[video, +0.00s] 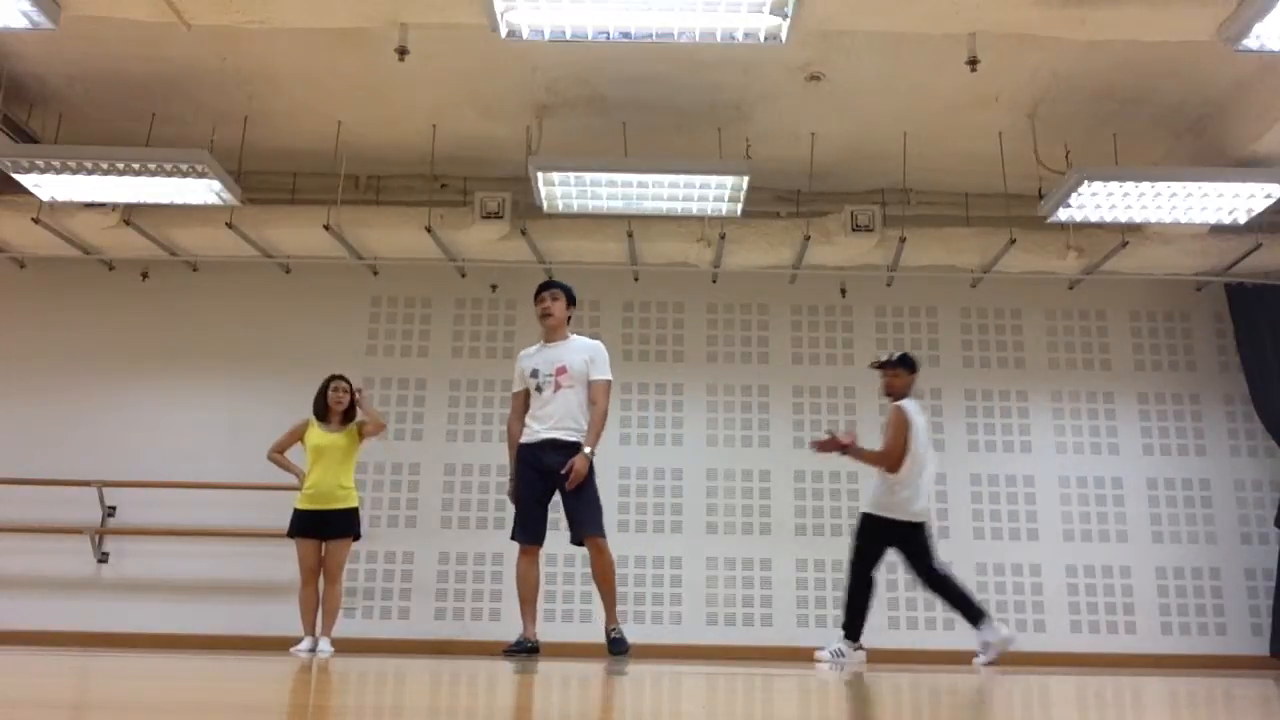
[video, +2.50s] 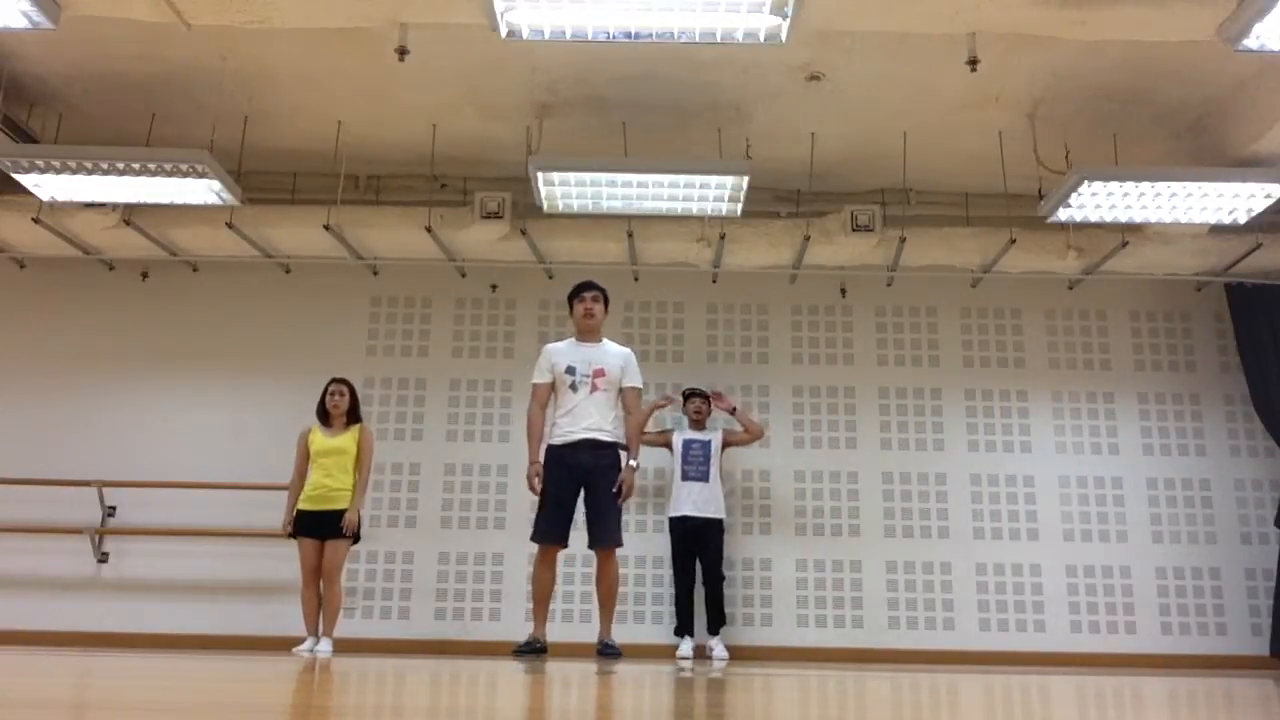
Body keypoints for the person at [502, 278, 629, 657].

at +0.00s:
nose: (546, 306)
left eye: (553, 300)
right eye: (540, 302)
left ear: (569, 308)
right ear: (536, 312)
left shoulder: (592, 349)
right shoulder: (526, 358)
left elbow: (600, 405)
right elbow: (516, 416)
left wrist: (587, 452)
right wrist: (514, 472)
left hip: (574, 453)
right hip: (530, 455)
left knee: (595, 539)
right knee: (528, 545)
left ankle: (613, 625)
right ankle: (529, 635)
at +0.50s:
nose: (598, 309)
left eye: (605, 304)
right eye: (592, 304)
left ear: (616, 312)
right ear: (582, 311)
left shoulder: (633, 358)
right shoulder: (562, 353)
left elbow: (644, 414)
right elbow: (550, 406)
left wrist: (644, 469)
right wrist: (546, 453)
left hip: (614, 459)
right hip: (569, 457)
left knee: (615, 550)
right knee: (552, 542)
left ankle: (614, 635)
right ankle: (541, 632)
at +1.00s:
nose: (595, 307)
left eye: (602, 302)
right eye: (589, 302)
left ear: (613, 311)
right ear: (579, 311)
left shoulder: (630, 357)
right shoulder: (561, 354)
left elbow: (642, 412)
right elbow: (550, 408)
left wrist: (641, 462)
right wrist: (549, 457)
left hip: (612, 457)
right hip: (568, 456)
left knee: (613, 550)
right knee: (551, 547)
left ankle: (613, 636)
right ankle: (539, 635)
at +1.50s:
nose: (579, 306)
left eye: (586, 301)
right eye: (572, 301)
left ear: (596, 310)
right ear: (562, 310)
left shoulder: (615, 354)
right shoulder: (545, 355)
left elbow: (626, 407)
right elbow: (529, 409)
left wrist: (620, 456)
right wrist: (522, 463)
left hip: (599, 456)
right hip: (554, 456)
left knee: (604, 548)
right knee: (544, 548)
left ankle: (607, 636)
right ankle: (538, 635)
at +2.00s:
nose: (587, 307)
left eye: (594, 302)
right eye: (581, 302)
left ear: (605, 311)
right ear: (570, 312)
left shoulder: (621, 357)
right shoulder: (551, 353)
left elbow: (634, 409)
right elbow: (536, 409)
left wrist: (637, 456)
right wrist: (532, 464)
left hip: (601, 457)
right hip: (556, 456)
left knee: (606, 549)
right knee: (546, 547)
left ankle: (609, 636)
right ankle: (538, 635)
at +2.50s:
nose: (589, 306)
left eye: (595, 301)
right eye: (582, 301)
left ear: (606, 311)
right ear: (571, 311)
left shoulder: (623, 356)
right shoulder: (552, 352)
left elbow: (633, 412)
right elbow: (537, 406)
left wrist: (632, 464)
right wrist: (534, 459)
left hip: (606, 456)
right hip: (561, 455)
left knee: (606, 548)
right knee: (548, 547)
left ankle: (606, 636)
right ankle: (537, 635)